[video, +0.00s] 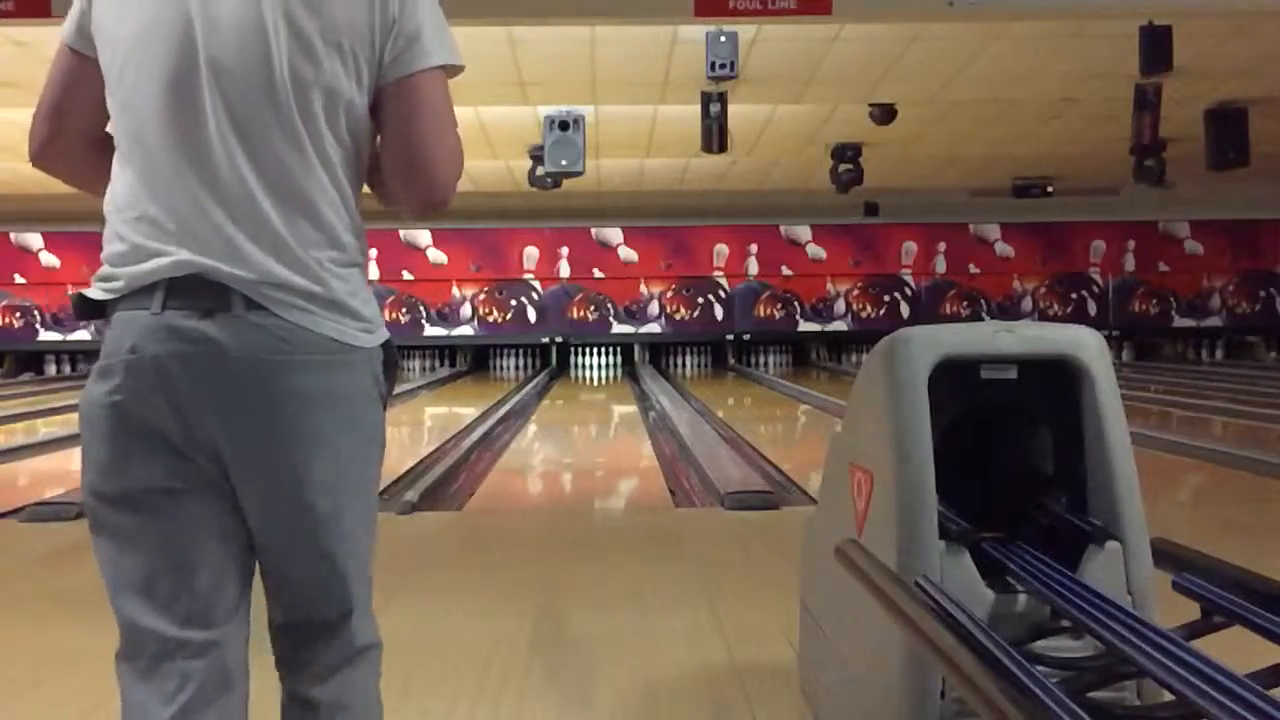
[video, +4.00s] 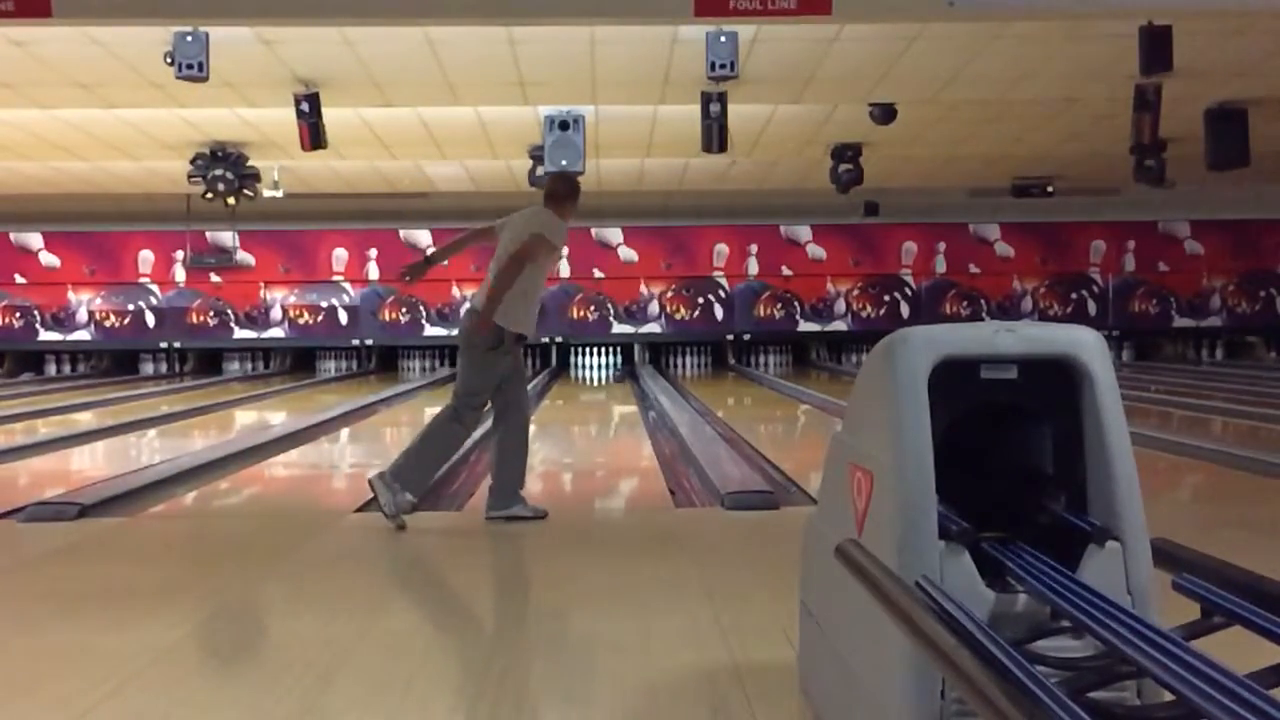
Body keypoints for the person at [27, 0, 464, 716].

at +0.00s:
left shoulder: (116, 1)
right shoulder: (389, 1)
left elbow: (57, 138)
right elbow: (426, 185)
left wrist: (174, 191)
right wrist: (348, 134)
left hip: (143, 340)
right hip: (308, 344)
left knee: (171, 661)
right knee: (330, 652)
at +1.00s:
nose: (437, 43)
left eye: (433, 30)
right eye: (438, 31)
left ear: (365, 18)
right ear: (433, 30)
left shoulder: (285, 83)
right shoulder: (449, 116)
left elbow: (270, 196)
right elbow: (428, 259)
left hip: (268, 343)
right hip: (376, 349)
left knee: (308, 545)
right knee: (389, 535)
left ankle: (334, 706)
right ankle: (371, 708)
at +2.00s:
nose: (534, 252)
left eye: (537, 244)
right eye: (536, 242)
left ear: (509, 217)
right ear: (530, 231)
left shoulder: (464, 249)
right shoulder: (506, 232)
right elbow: (477, 197)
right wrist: (445, 157)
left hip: (372, 348)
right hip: (429, 347)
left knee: (408, 464)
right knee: (453, 459)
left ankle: (370, 564)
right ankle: (430, 580)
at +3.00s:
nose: (587, 228)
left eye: (584, 221)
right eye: (588, 222)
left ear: (557, 213)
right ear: (585, 220)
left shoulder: (529, 231)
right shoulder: (585, 246)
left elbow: (482, 229)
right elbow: (623, 247)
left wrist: (435, 230)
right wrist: (633, 234)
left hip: (485, 331)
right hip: (489, 326)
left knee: (508, 418)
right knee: (434, 398)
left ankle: (510, 503)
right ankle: (384, 335)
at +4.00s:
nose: (573, 207)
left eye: (570, 199)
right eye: (575, 200)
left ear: (545, 195)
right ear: (574, 201)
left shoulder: (522, 218)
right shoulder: (551, 229)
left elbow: (473, 236)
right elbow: (517, 260)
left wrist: (428, 261)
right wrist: (487, 314)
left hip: (499, 333)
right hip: (492, 331)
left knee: (514, 415)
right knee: (463, 414)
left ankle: (505, 501)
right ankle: (394, 482)